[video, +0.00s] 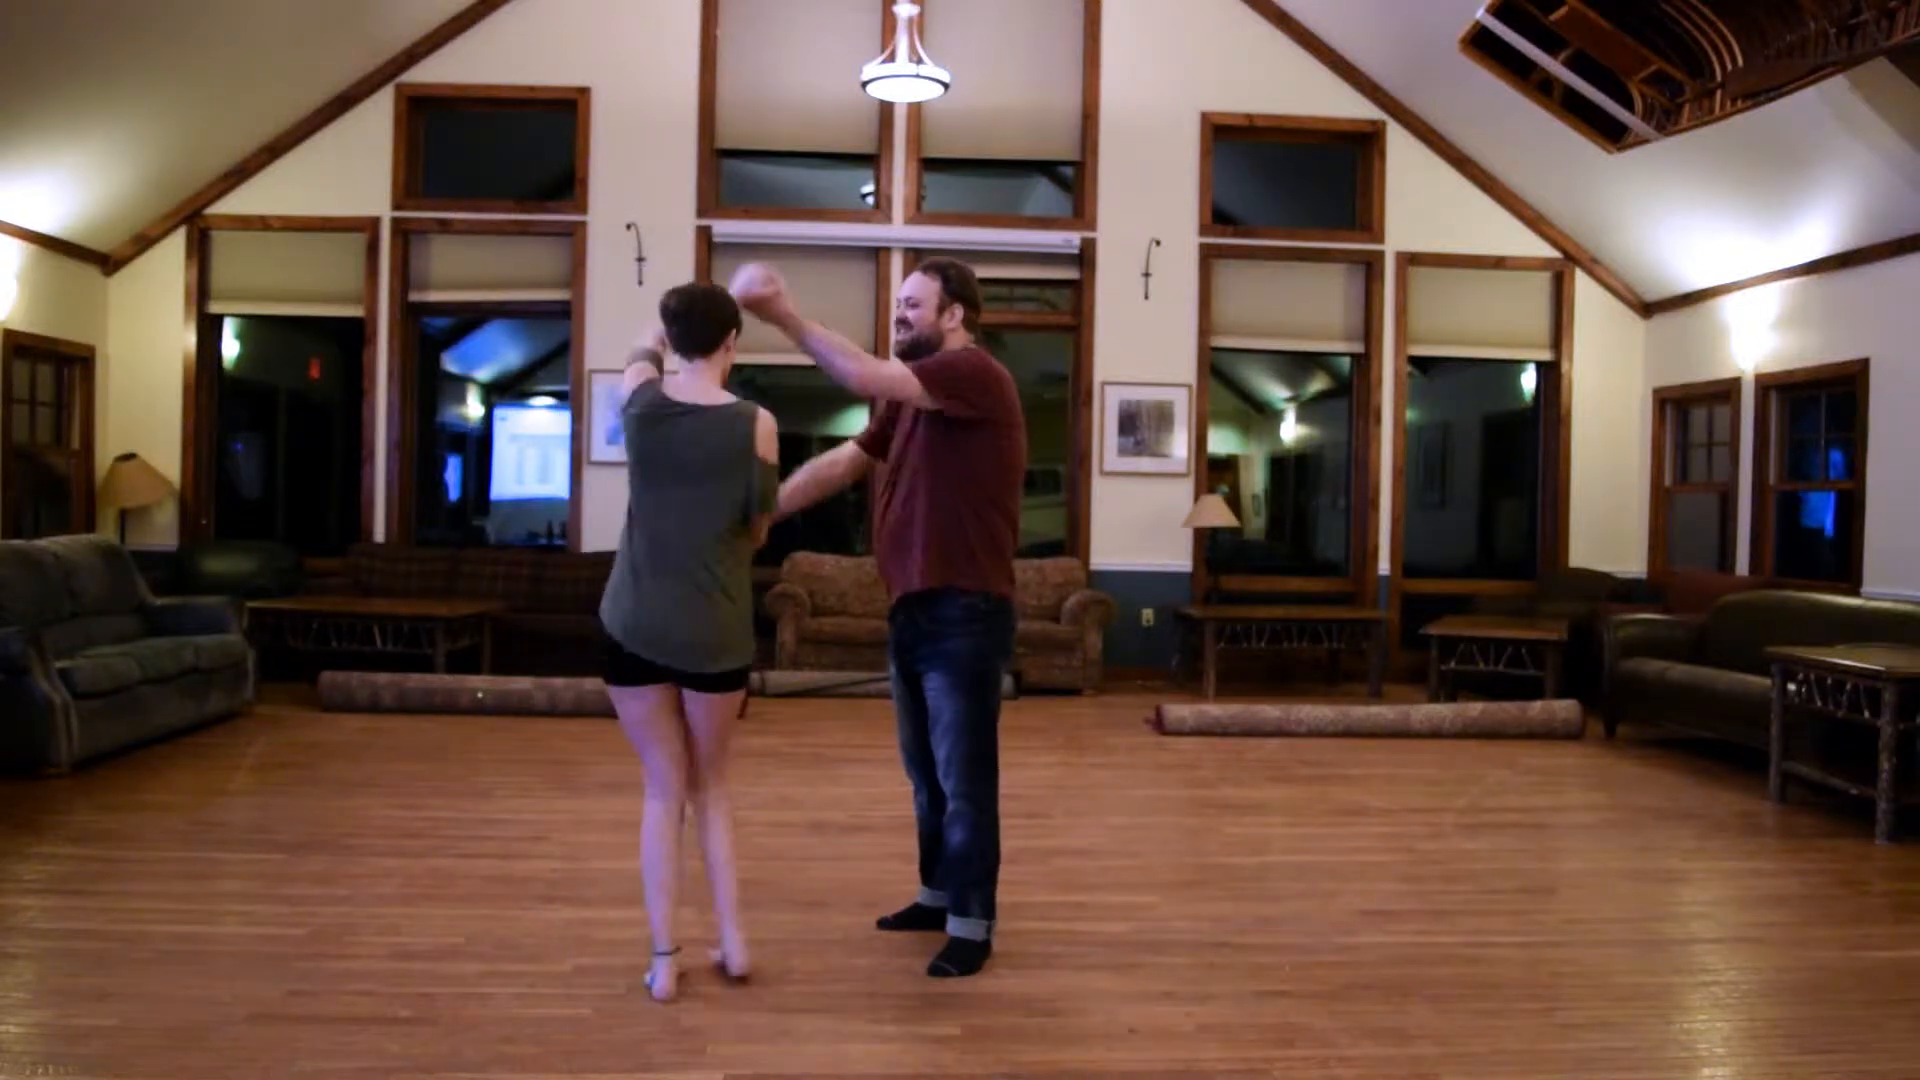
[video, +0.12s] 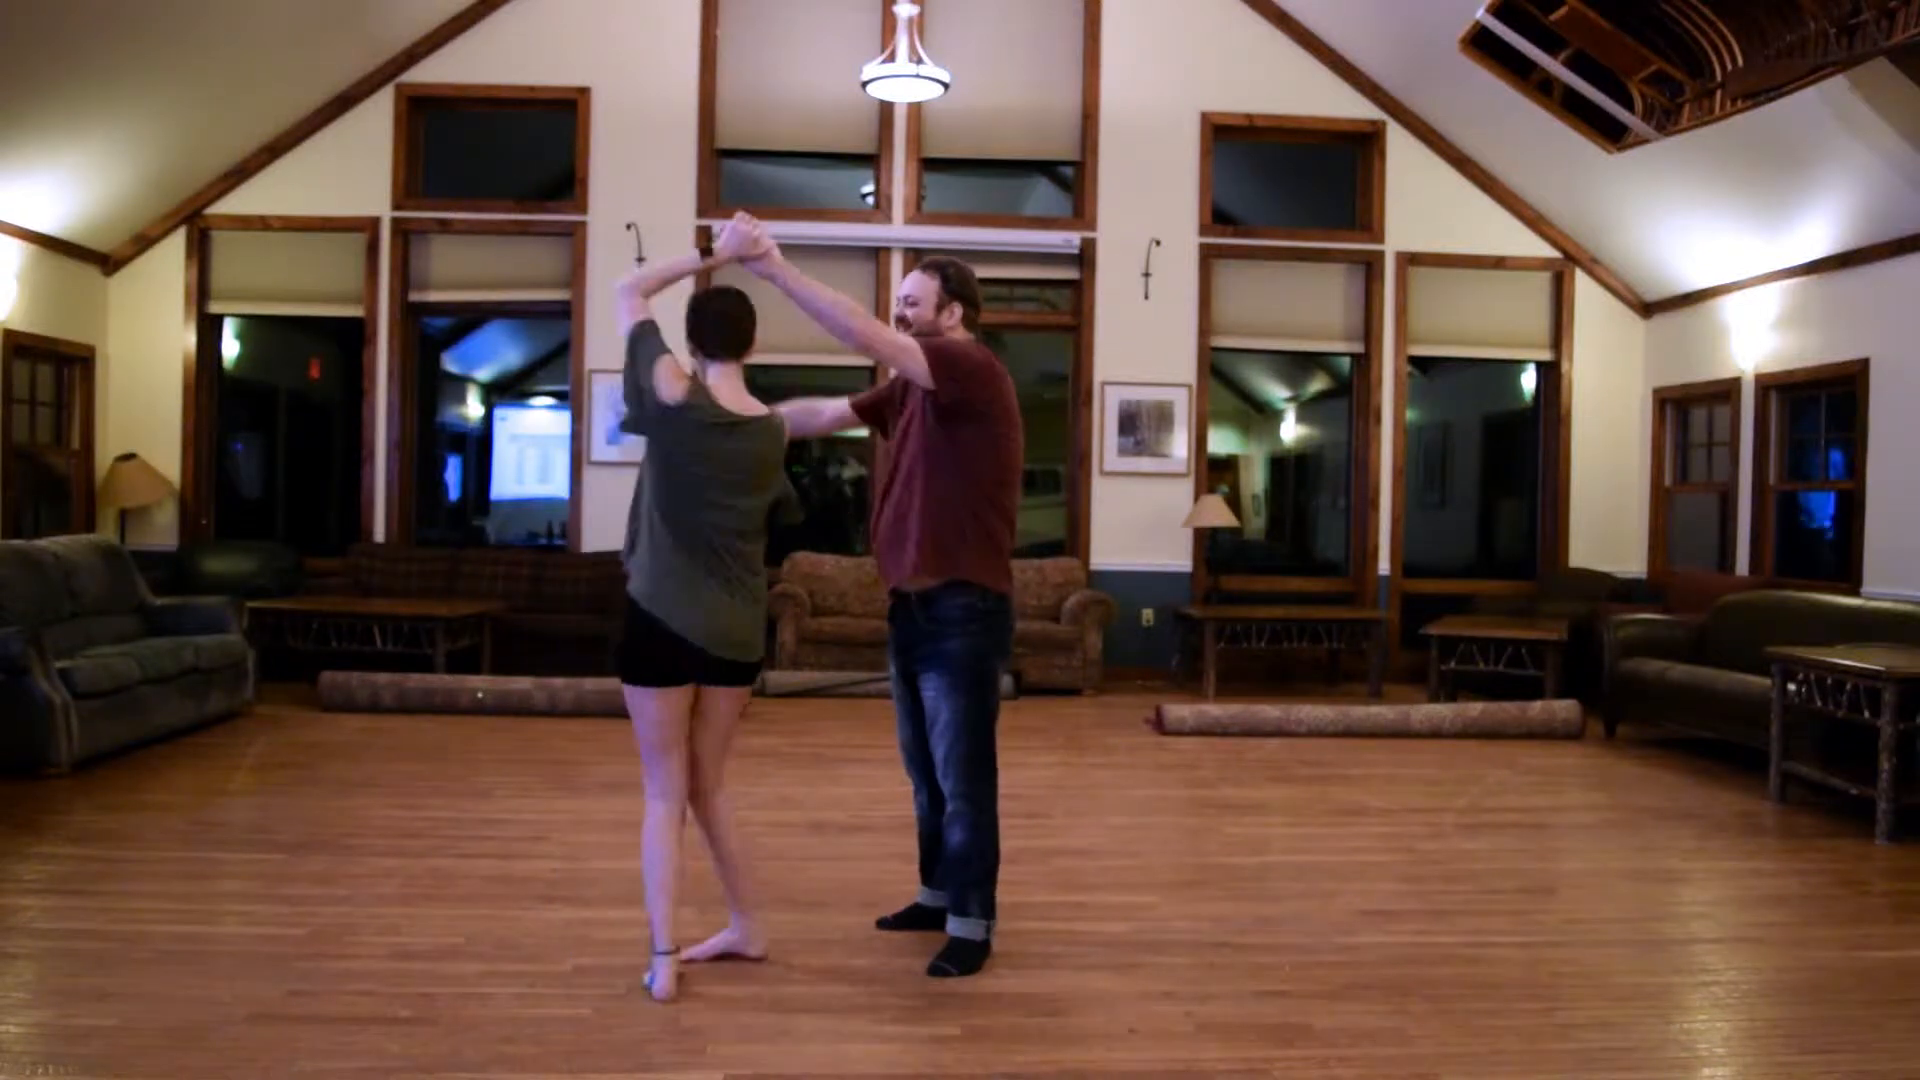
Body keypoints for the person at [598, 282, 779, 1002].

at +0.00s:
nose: (735, 342)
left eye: (667, 336)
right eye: (735, 333)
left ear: (667, 345)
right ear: (732, 343)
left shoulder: (641, 408)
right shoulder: (757, 424)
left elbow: (643, 373)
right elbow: (759, 530)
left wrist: (661, 354)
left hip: (631, 625)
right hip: (717, 633)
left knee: (662, 790)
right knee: (714, 785)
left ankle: (663, 959)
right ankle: (732, 943)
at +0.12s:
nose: (689, 346)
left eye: (692, 335)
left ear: (693, 343)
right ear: (752, 344)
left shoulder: (668, 400)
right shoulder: (770, 427)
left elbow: (632, 294)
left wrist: (710, 255)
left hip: (661, 619)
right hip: (739, 623)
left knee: (662, 796)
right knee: (709, 789)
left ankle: (663, 960)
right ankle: (745, 927)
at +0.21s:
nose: (695, 339)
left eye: (701, 327)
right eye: (714, 330)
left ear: (703, 337)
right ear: (761, 349)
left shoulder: (687, 383)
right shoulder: (775, 424)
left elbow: (637, 296)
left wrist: (711, 250)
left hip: (678, 610)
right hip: (747, 616)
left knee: (670, 795)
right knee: (713, 792)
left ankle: (672, 954)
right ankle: (746, 929)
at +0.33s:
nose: (705, 348)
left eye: (717, 339)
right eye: (709, 336)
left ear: (745, 348)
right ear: (746, 349)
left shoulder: (771, 413)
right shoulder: (715, 402)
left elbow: (704, 383)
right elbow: (648, 378)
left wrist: (719, 304)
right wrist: (670, 300)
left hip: (739, 615)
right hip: (719, 609)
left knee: (675, 777)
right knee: (714, 780)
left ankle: (750, 927)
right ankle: (740, 924)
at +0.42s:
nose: (712, 355)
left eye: (725, 345)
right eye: (707, 345)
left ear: (758, 351)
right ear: (701, 355)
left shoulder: (785, 418)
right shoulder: (694, 403)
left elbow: (754, 437)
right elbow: (636, 339)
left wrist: (764, 341)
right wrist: (678, 261)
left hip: (755, 615)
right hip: (695, 608)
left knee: (714, 784)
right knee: (710, 782)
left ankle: (791, 908)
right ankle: (746, 925)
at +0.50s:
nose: (726, 350)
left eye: (738, 339)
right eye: (717, 341)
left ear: (767, 345)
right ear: (708, 351)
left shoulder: (795, 417)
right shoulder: (698, 404)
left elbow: (795, 477)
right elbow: (639, 317)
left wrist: (796, 388)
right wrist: (696, 250)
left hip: (772, 611)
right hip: (699, 603)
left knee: (751, 782)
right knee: (717, 777)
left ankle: (796, 897)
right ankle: (748, 929)